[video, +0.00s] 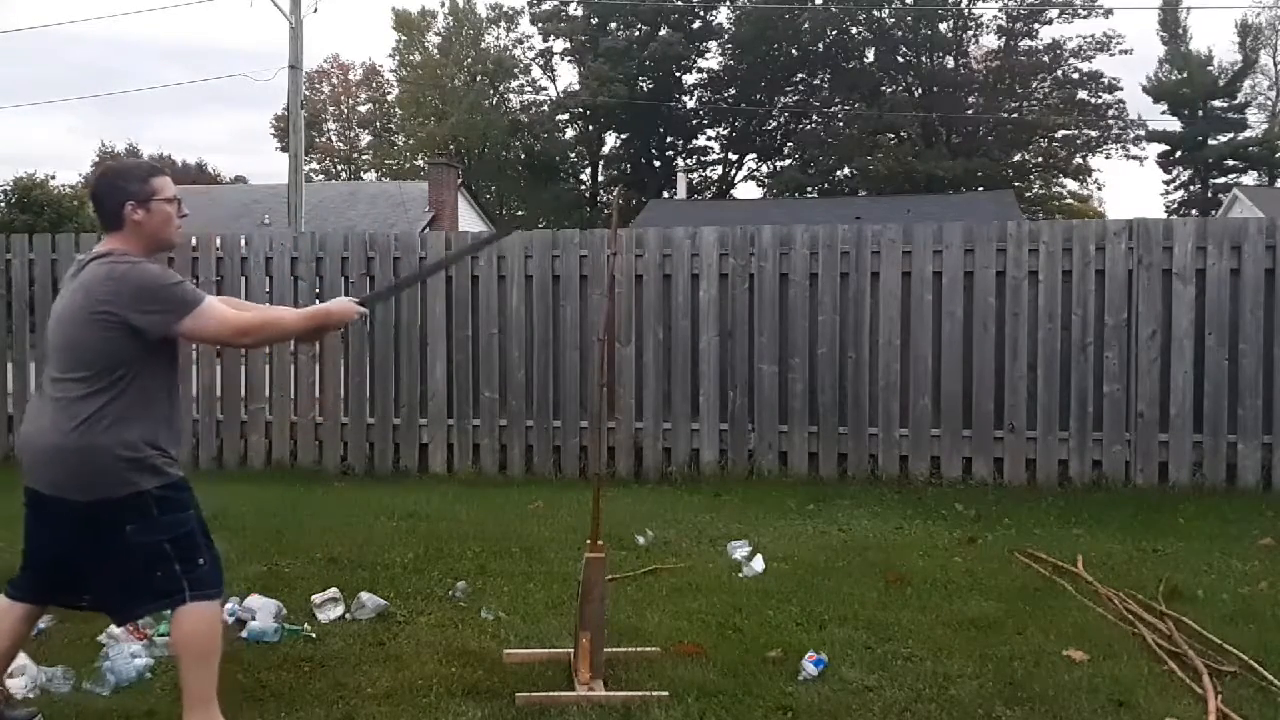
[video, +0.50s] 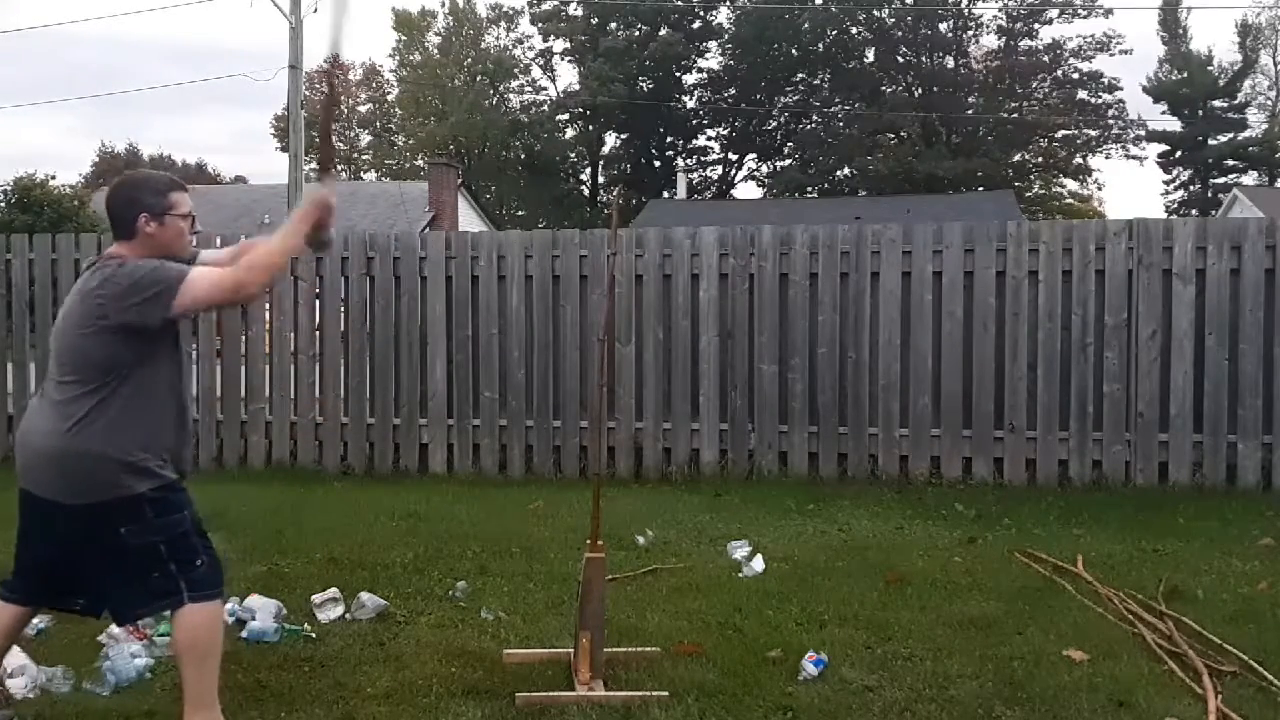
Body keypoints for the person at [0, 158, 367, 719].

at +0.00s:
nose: (182, 213)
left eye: (178, 201)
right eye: (171, 202)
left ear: (128, 214)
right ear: (135, 212)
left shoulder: (90, 272)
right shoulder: (140, 280)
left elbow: (210, 318)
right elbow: (233, 326)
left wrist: (291, 321)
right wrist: (318, 317)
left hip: (50, 460)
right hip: (124, 464)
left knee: (30, 588)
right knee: (199, 586)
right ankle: (202, 712)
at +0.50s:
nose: (194, 227)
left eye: (191, 218)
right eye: (185, 218)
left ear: (142, 225)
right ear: (147, 224)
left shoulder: (106, 273)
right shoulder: (132, 279)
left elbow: (224, 259)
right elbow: (237, 283)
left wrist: (294, 239)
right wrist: (296, 228)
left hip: (48, 461)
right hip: (116, 466)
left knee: (25, 589)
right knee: (199, 585)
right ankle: (203, 712)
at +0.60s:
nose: (188, 228)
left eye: (186, 218)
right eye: (179, 217)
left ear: (134, 224)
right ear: (140, 224)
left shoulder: (106, 274)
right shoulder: (118, 279)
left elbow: (210, 252)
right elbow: (224, 259)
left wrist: (271, 201)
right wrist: (268, 181)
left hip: (50, 466)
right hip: (115, 470)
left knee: (28, 587)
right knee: (197, 585)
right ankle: (203, 712)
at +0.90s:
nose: (175, 226)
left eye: (174, 213)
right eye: (167, 217)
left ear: (128, 226)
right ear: (131, 225)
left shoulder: (130, 277)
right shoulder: (98, 277)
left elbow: (214, 225)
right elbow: (186, 235)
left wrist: (229, 166)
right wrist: (196, 143)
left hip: (59, 466)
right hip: (113, 468)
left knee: (35, 589)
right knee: (199, 582)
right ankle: (203, 712)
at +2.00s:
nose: (178, 230)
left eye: (175, 219)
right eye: (167, 219)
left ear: (125, 226)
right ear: (126, 226)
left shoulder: (99, 276)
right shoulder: (116, 283)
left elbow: (219, 247)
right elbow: (229, 278)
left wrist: (247, 196)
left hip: (66, 470)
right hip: (135, 471)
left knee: (32, 590)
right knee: (214, 583)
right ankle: (206, 712)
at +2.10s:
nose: (177, 218)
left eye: (176, 208)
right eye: (167, 208)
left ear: (123, 217)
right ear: (127, 214)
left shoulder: (81, 265)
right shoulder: (139, 276)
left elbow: (219, 270)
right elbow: (244, 309)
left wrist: (311, 270)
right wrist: (319, 277)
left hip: (47, 459)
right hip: (130, 463)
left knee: (25, 583)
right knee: (196, 587)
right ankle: (204, 711)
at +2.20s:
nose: (185, 216)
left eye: (183, 205)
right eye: (175, 206)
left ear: (126, 213)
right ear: (136, 211)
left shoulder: (74, 255)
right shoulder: (157, 275)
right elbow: (238, 338)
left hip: (33, 453)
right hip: (124, 458)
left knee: (18, 584)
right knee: (183, 590)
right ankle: (201, 712)